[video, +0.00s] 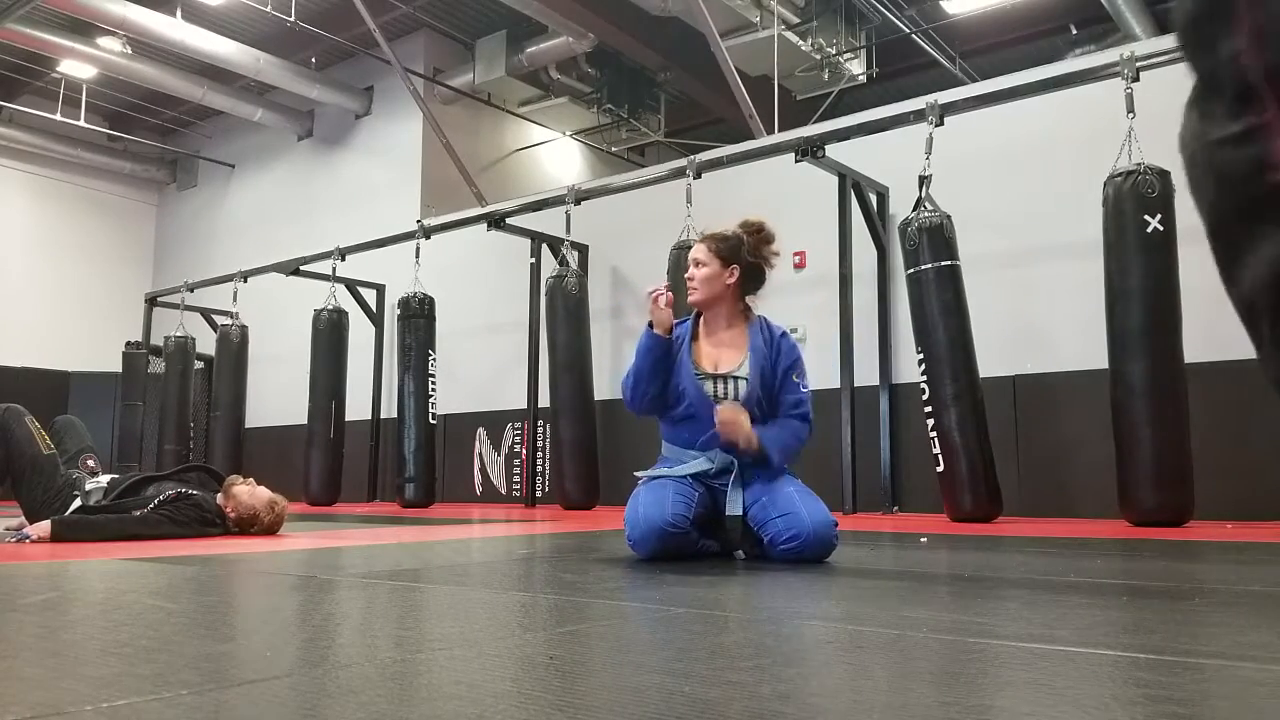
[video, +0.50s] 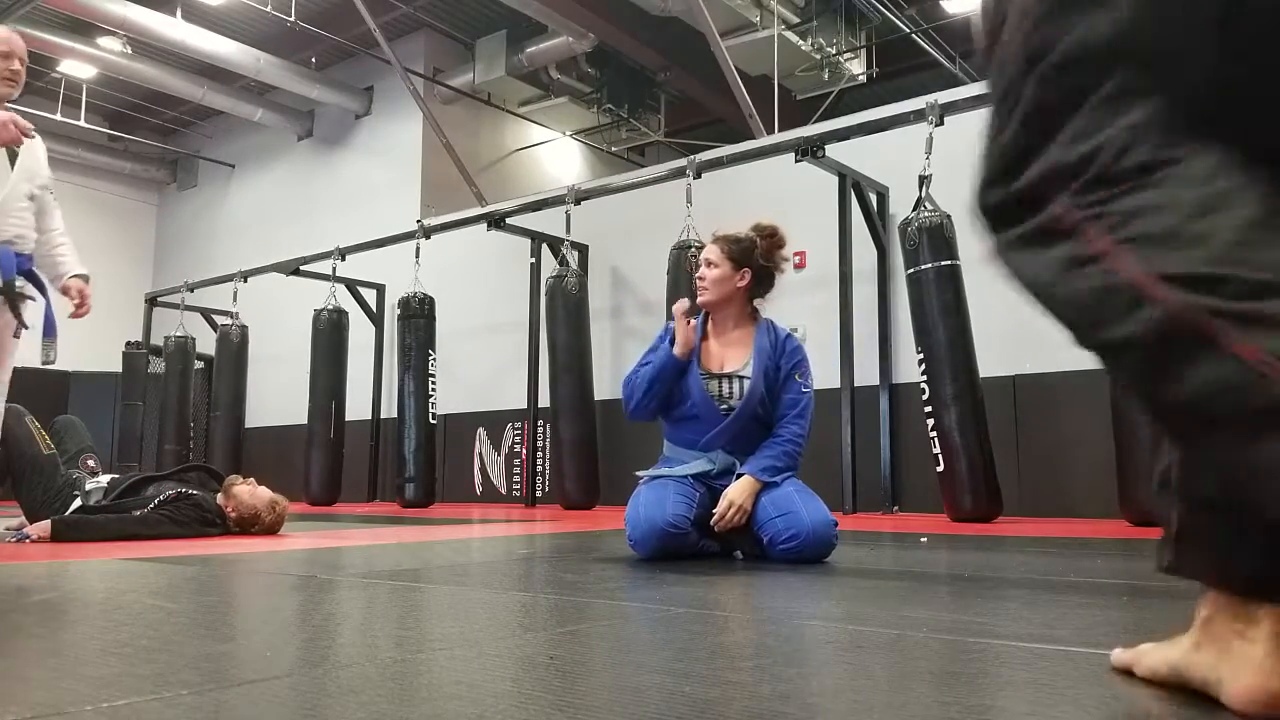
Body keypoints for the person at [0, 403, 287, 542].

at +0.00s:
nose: (246, 477)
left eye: (248, 487)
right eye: (253, 483)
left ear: (233, 509)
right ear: (235, 504)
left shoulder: (199, 513)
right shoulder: (215, 490)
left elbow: (130, 524)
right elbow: (151, 487)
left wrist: (56, 527)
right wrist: (112, 481)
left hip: (68, 500)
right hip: (99, 486)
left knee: (11, 414)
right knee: (66, 421)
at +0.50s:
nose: (247, 477)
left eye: (250, 487)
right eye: (255, 483)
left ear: (233, 508)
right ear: (235, 504)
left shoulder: (199, 513)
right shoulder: (214, 490)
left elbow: (130, 524)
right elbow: (151, 485)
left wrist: (57, 527)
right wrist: (110, 480)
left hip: (69, 500)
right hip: (98, 485)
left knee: (12, 415)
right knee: (66, 421)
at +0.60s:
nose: (247, 477)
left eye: (250, 487)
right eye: (255, 483)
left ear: (235, 509)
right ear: (236, 504)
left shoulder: (200, 513)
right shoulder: (213, 490)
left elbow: (131, 524)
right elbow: (151, 484)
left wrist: (57, 527)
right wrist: (109, 479)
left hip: (68, 500)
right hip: (97, 484)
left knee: (15, 415)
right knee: (67, 422)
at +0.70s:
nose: (248, 477)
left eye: (251, 488)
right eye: (256, 483)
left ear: (234, 510)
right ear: (234, 505)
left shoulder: (200, 513)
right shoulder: (212, 488)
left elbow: (130, 525)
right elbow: (152, 486)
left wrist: (50, 526)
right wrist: (110, 482)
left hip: (69, 503)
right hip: (98, 485)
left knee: (16, 415)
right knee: (67, 423)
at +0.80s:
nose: (248, 478)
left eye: (251, 488)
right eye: (256, 483)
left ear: (232, 510)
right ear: (233, 507)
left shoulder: (198, 512)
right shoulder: (214, 491)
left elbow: (128, 524)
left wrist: (54, 526)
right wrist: (112, 486)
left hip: (71, 503)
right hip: (102, 489)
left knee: (28, 429)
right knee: (68, 424)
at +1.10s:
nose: (250, 478)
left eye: (252, 488)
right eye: (257, 483)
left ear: (231, 510)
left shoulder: (202, 513)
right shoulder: (211, 485)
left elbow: (138, 523)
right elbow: (152, 483)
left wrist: (72, 521)